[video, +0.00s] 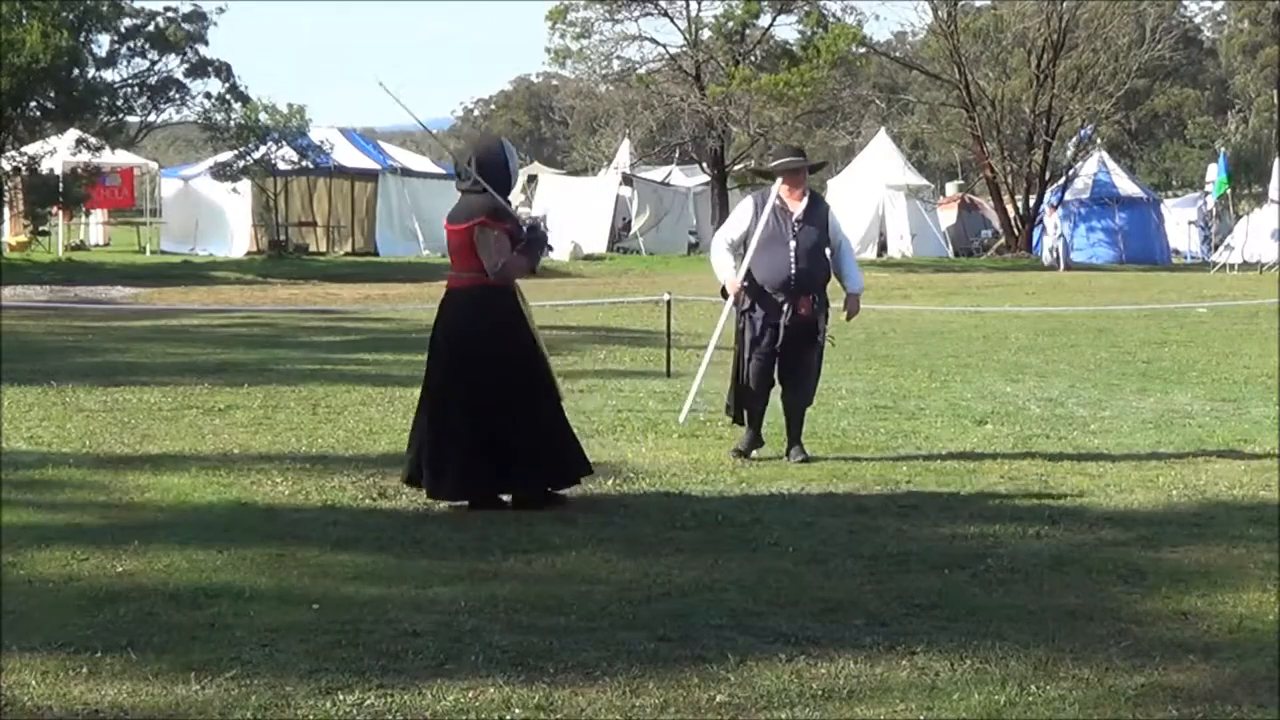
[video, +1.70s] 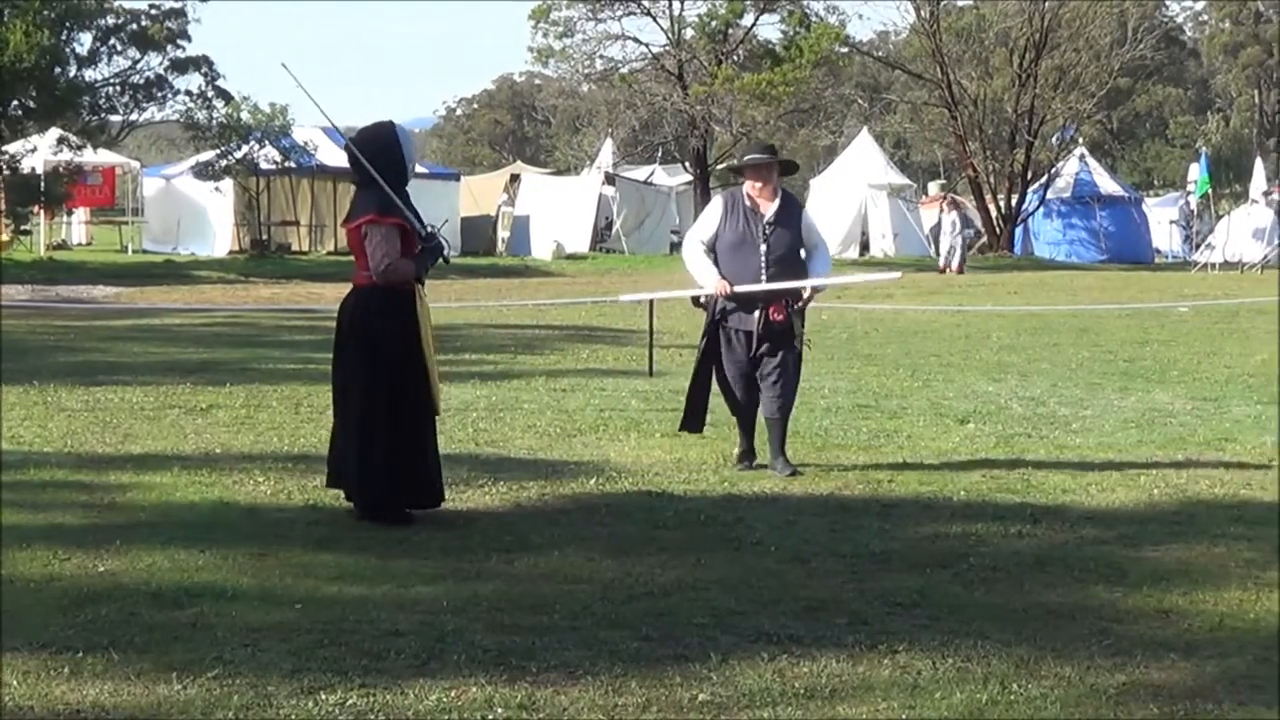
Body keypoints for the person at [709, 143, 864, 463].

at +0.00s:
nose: (793, 179)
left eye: (798, 172)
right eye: (786, 174)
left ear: (808, 174)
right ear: (776, 176)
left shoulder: (821, 210)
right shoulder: (754, 206)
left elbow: (842, 249)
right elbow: (720, 243)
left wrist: (854, 288)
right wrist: (729, 277)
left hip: (807, 306)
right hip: (761, 304)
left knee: (800, 380)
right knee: (755, 375)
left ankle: (795, 442)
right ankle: (752, 434)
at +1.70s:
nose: (758, 175)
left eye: (765, 169)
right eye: (752, 169)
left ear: (777, 171)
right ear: (743, 172)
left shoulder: (793, 209)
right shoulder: (724, 205)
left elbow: (819, 249)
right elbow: (692, 244)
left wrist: (815, 281)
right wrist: (711, 277)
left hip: (781, 313)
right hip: (735, 313)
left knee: (778, 387)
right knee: (740, 388)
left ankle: (778, 455)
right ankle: (746, 446)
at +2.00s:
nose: (731, 173)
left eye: (738, 167)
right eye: (725, 168)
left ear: (753, 169)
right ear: (718, 172)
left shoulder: (772, 207)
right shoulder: (702, 203)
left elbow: (798, 251)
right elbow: (668, 240)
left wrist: (768, 268)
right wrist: (676, 261)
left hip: (755, 311)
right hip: (705, 308)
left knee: (754, 389)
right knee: (700, 385)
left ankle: (753, 456)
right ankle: (704, 452)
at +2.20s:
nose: (694, 173)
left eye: (702, 166)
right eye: (690, 168)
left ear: (721, 171)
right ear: (684, 173)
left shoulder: (740, 209)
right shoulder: (670, 204)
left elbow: (763, 255)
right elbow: (640, 240)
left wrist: (737, 248)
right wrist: (622, 267)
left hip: (726, 314)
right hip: (677, 312)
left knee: (724, 392)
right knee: (677, 392)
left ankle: (725, 455)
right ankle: (672, 464)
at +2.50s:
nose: (648, 173)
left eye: (655, 166)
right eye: (643, 167)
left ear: (673, 169)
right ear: (637, 172)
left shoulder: (693, 203)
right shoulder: (624, 205)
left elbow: (721, 249)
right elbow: (594, 244)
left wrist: (707, 228)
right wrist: (571, 278)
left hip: (685, 312)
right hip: (638, 312)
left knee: (692, 389)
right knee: (644, 392)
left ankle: (697, 452)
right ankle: (642, 463)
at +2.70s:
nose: (615, 175)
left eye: (622, 167)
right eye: (609, 168)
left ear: (637, 168)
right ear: (601, 172)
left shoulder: (654, 203)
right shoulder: (586, 204)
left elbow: (680, 248)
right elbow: (556, 243)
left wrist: (678, 226)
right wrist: (536, 274)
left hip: (650, 307)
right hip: (604, 309)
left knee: (668, 379)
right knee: (612, 390)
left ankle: (669, 446)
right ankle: (612, 462)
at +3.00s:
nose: (582, 174)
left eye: (585, 167)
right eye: (573, 169)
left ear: (592, 168)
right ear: (558, 174)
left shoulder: (604, 202)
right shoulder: (541, 204)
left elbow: (625, 246)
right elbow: (512, 251)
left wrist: (637, 225)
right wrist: (514, 279)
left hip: (605, 308)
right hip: (561, 310)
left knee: (614, 386)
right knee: (563, 390)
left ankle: (629, 461)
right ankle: (563, 462)